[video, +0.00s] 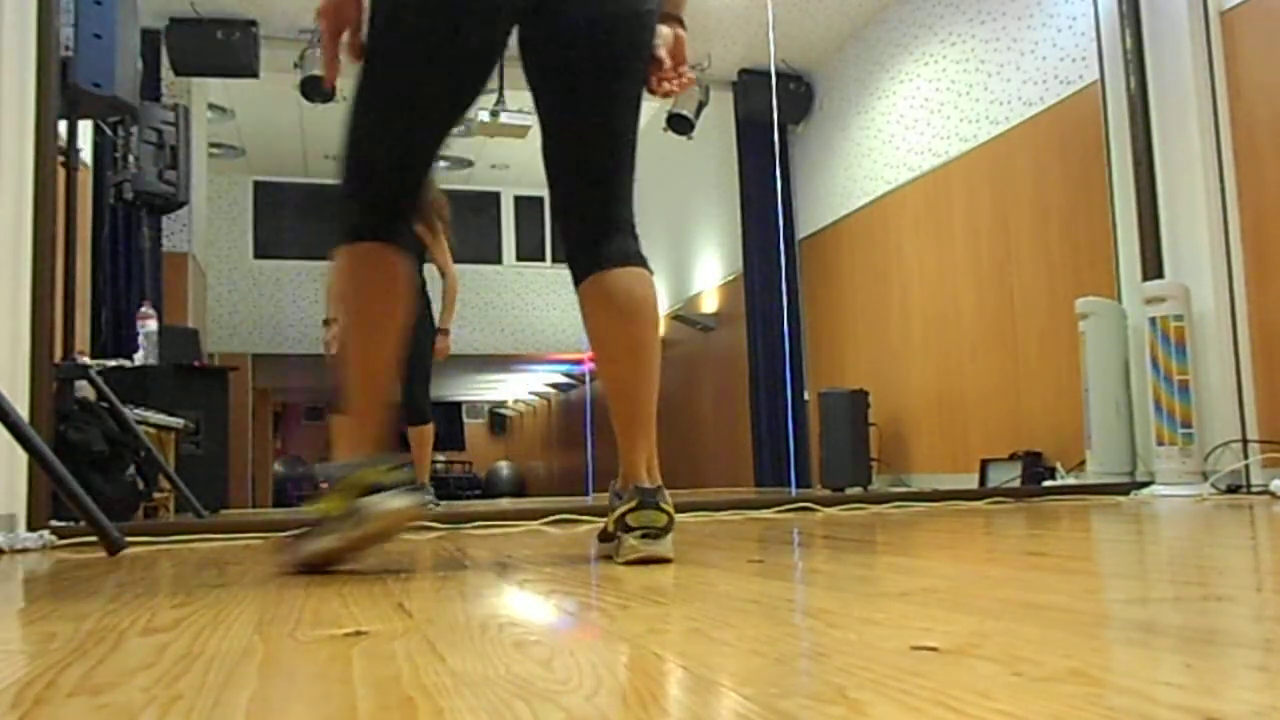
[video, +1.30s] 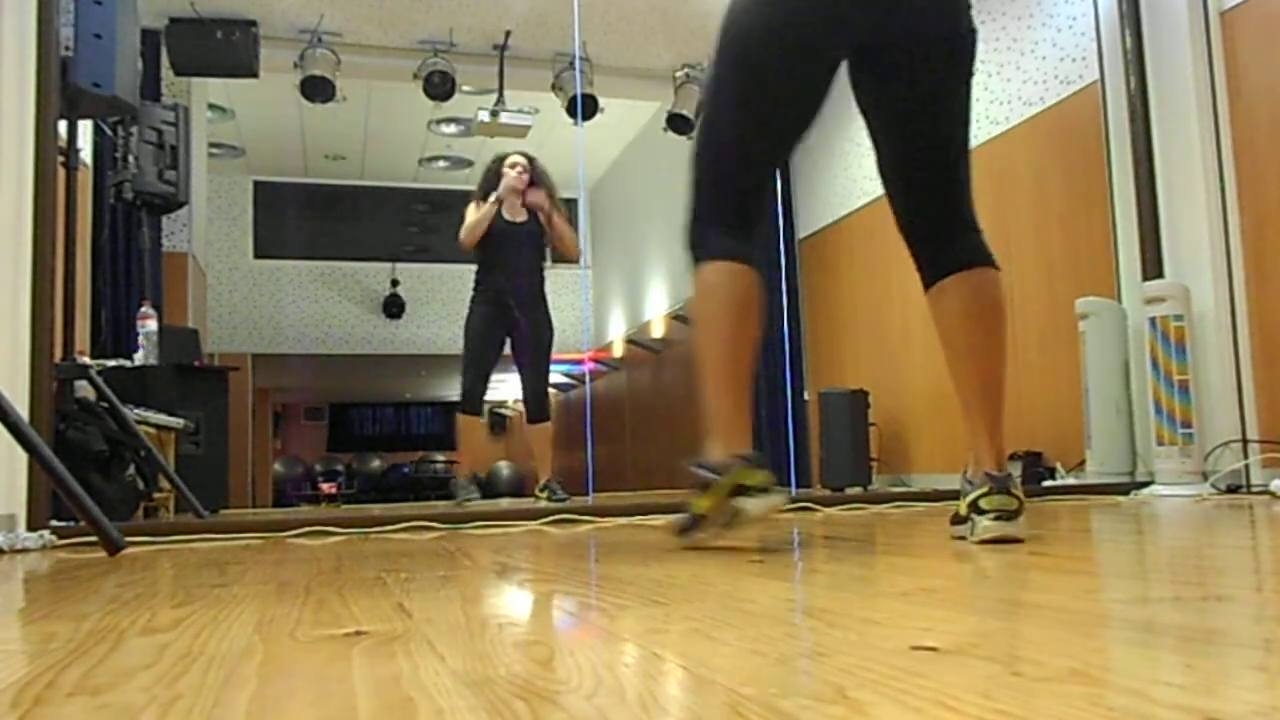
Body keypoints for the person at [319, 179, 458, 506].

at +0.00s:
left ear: (405, 191)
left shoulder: (418, 221)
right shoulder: (357, 226)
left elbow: (449, 274)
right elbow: (337, 272)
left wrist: (444, 328)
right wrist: (334, 319)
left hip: (411, 318)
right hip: (365, 319)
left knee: (415, 401)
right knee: (359, 392)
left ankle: (422, 484)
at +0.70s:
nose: (410, 161)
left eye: (417, 158)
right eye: (403, 155)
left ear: (424, 171)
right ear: (389, 166)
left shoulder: (438, 208)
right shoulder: (372, 205)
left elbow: (469, 259)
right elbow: (340, 257)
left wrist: (465, 302)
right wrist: (366, 294)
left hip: (439, 309)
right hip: (393, 311)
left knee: (458, 396)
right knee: (388, 399)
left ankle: (480, 481)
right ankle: (377, 485)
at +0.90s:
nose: (441, 167)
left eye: (448, 164)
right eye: (434, 162)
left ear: (456, 176)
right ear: (421, 171)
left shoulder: (470, 215)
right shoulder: (404, 211)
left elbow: (498, 262)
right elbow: (373, 260)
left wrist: (493, 301)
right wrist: (392, 293)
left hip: (465, 314)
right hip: (419, 314)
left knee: (504, 391)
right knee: (402, 399)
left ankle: (536, 475)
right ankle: (380, 485)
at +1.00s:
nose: (465, 171)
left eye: (472, 168)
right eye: (458, 166)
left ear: (480, 179)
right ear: (445, 176)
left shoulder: (494, 219)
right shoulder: (429, 217)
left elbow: (521, 266)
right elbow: (402, 267)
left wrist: (517, 300)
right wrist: (421, 286)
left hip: (488, 317)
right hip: (442, 316)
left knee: (522, 395)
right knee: (416, 402)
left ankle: (544, 478)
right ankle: (383, 482)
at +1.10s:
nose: (488, 172)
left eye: (495, 169)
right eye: (481, 167)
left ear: (504, 181)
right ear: (468, 176)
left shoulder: (517, 220)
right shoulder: (452, 217)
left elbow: (545, 269)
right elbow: (433, 271)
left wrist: (535, 289)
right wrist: (454, 271)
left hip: (510, 315)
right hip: (465, 314)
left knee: (527, 400)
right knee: (435, 398)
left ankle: (536, 481)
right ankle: (396, 479)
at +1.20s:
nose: (506, 170)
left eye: (513, 167)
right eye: (500, 165)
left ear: (522, 180)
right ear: (486, 174)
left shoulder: (533, 215)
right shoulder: (469, 211)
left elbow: (564, 268)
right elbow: (453, 263)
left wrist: (548, 251)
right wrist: (486, 232)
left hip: (523, 310)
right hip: (479, 309)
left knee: (533, 397)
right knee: (453, 392)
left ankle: (546, 481)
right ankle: (430, 477)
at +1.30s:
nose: (519, 172)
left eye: (525, 169)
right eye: (513, 166)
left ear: (531, 181)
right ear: (498, 174)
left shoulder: (541, 214)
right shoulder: (481, 207)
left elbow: (572, 252)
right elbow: (467, 239)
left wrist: (550, 211)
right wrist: (493, 201)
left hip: (532, 310)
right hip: (488, 308)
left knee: (537, 394)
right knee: (472, 392)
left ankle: (546, 480)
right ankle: (465, 477)